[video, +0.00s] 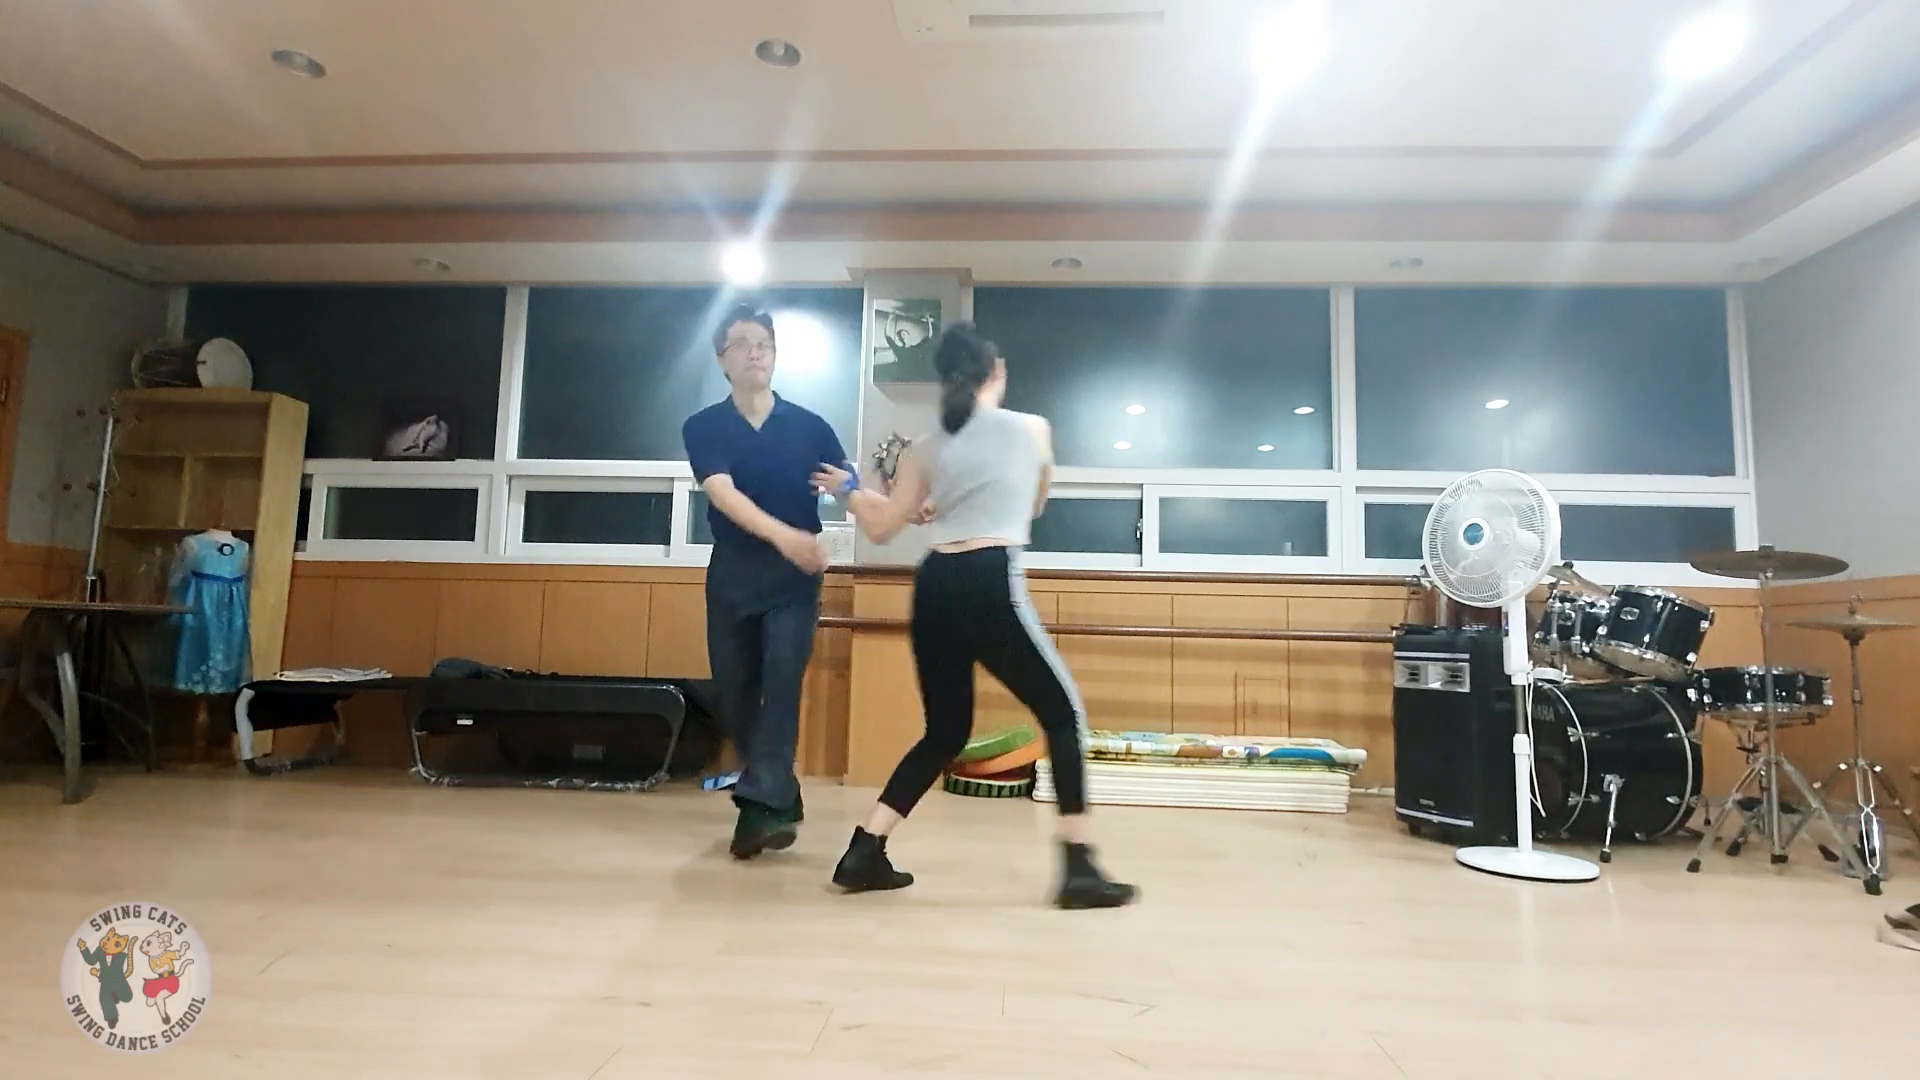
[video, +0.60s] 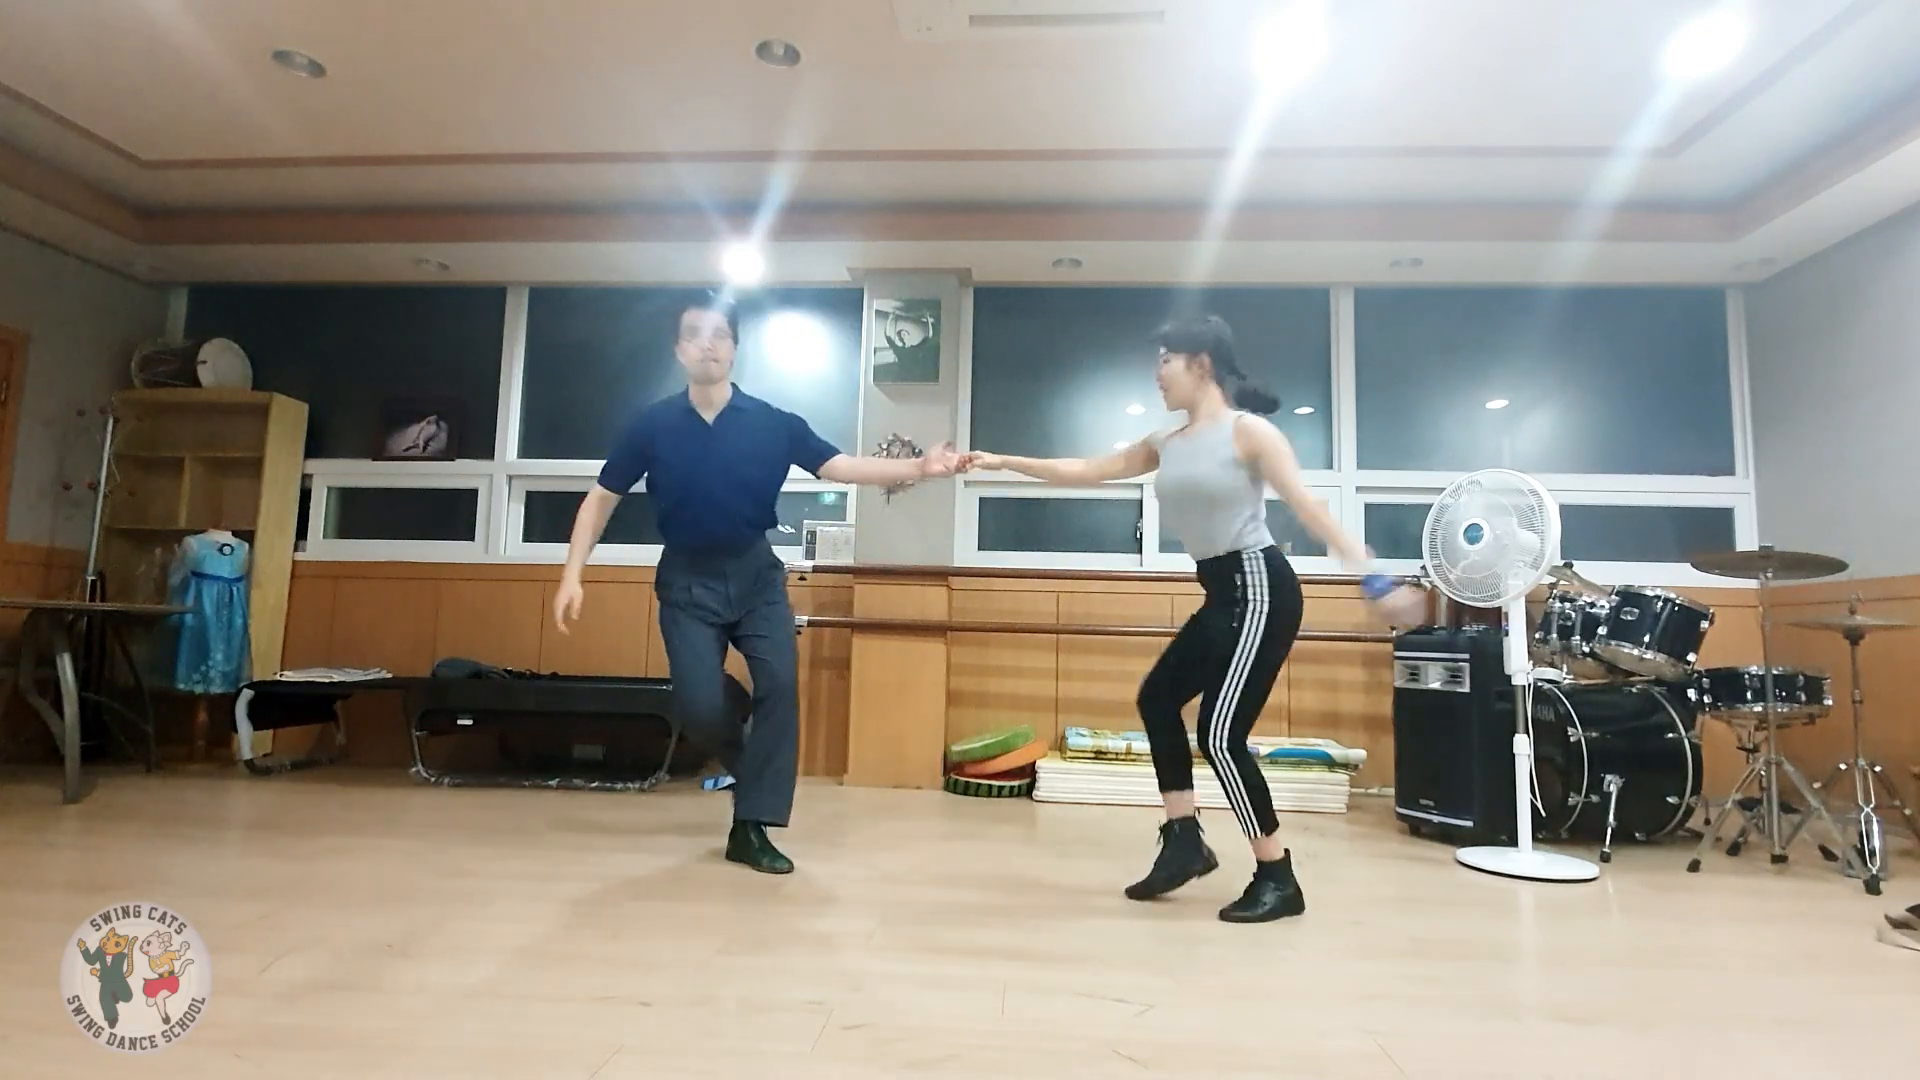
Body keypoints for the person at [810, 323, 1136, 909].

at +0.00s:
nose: (1004, 374)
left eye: (997, 366)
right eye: (1002, 366)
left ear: (946, 376)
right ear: (997, 372)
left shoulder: (930, 446)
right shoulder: (1032, 429)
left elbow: (879, 526)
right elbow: (1032, 502)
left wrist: (849, 488)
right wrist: (940, 502)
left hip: (934, 592)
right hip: (993, 587)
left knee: (945, 731)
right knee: (1062, 716)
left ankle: (864, 851)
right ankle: (1078, 865)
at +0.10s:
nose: (1053, 373)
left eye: (1045, 367)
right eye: (1051, 366)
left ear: (995, 380)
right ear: (1048, 372)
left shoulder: (988, 450)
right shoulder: (1084, 422)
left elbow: (933, 526)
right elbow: (1032, 474)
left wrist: (897, 493)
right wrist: (962, 481)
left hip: (1016, 587)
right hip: (1077, 584)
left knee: (985, 722)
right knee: (1119, 724)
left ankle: (892, 829)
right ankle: (1122, 868)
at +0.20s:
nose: (1097, 362)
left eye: (1081, 357)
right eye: (1094, 355)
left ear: (1042, 378)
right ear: (1094, 365)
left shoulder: (1047, 445)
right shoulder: (1133, 418)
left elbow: (970, 515)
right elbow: (1076, 475)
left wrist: (917, 479)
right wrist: (988, 481)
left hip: (1091, 576)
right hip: (1158, 573)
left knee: (1037, 708)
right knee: (1152, 725)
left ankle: (955, 810)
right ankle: (1125, 870)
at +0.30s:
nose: (1087, 390)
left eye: (1086, 380)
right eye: (1087, 380)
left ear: (1095, 381)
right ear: (1133, 372)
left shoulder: (1103, 440)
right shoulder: (1164, 420)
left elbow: (1025, 517)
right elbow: (1082, 469)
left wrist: (955, 500)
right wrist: (996, 472)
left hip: (1147, 571)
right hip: (1213, 570)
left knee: (1084, 705)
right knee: (1181, 726)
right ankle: (1142, 872)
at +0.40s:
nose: (1112, 384)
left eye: (1115, 374)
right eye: (1112, 374)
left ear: (1135, 374)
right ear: (1158, 373)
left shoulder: (1153, 438)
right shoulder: (1182, 433)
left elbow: (1120, 531)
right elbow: (1085, 473)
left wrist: (1039, 564)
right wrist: (1004, 472)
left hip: (1197, 582)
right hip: (1250, 584)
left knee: (1128, 711)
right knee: (1199, 722)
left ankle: (1177, 841)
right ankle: (1169, 859)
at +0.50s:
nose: (1137, 379)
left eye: (1143, 367)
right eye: (1138, 368)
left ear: (1171, 370)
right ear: (1172, 371)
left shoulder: (1208, 437)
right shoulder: (1162, 440)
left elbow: (1220, 532)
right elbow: (1081, 477)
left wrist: (1201, 618)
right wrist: (993, 471)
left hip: (1245, 591)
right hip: (1220, 591)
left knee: (1181, 730)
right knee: (1182, 728)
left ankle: (1267, 859)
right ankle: (1176, 863)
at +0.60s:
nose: (1158, 374)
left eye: (1166, 362)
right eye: (1158, 363)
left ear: (1201, 365)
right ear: (1192, 369)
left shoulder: (1251, 433)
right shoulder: (1165, 444)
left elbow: (1315, 515)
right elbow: (1084, 471)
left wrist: (1375, 575)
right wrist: (999, 461)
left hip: (1261, 590)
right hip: (1222, 595)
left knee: (1220, 734)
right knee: (1158, 699)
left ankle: (1277, 875)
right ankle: (1185, 839)